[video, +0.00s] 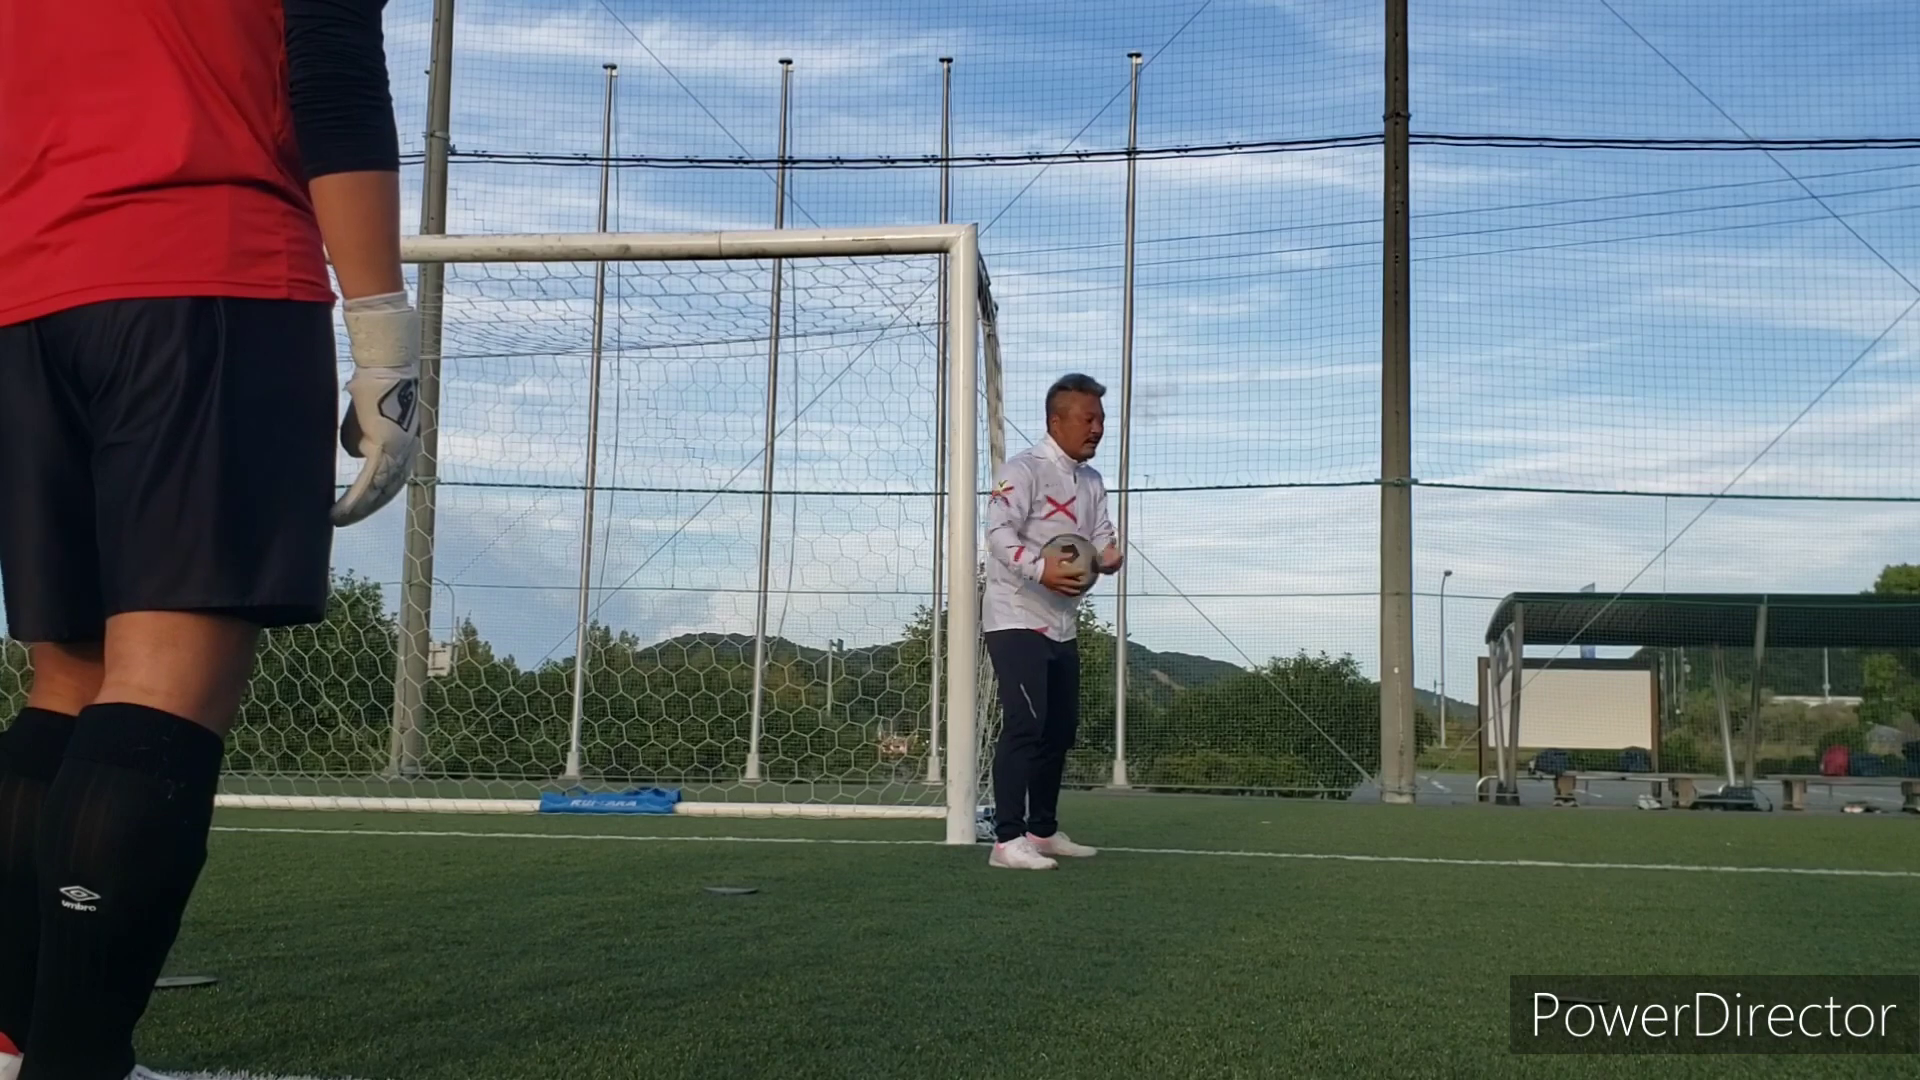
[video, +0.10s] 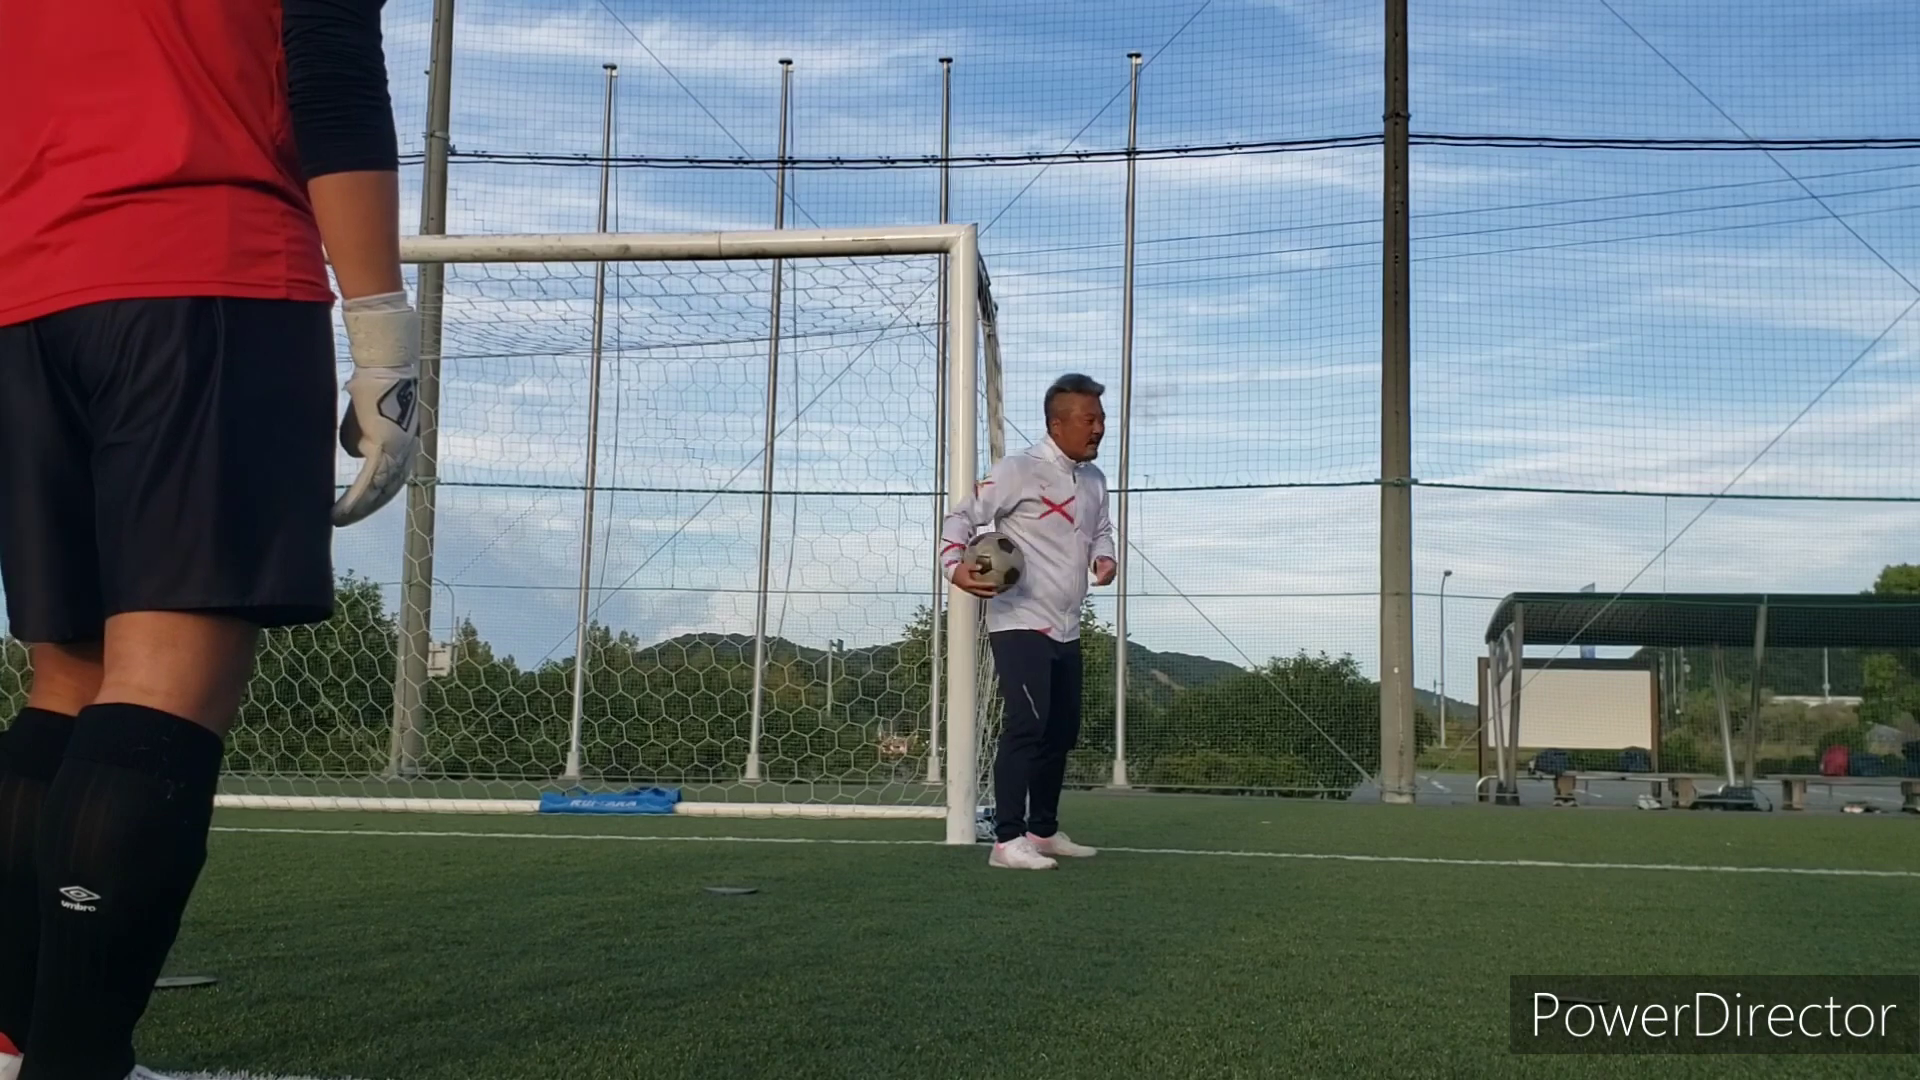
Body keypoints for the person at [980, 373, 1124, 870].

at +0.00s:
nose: (1098, 428)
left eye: (1101, 419)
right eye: (1088, 419)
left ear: (1099, 422)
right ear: (1055, 421)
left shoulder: (1092, 481)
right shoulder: (1023, 469)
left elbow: (1102, 538)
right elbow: (998, 535)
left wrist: (1106, 558)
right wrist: (1040, 567)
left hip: (1061, 620)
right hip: (1014, 616)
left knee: (1060, 726)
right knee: (1027, 721)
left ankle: (1041, 832)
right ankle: (1008, 841)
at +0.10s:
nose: (1098, 427)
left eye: (1100, 417)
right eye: (1087, 419)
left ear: (1098, 421)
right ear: (1055, 423)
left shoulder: (1093, 480)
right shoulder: (1019, 471)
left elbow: (1102, 532)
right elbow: (962, 517)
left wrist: (1103, 557)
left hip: (1064, 625)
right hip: (1017, 619)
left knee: (1060, 729)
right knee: (1026, 723)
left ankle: (1041, 832)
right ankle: (1007, 841)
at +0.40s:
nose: (1094, 415)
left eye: (1094, 406)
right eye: (1084, 408)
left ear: (1085, 412)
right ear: (1050, 416)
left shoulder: (1083, 469)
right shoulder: (1019, 468)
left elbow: (1083, 526)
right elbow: (986, 543)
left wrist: (1100, 563)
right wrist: (966, 606)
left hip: (1066, 624)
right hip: (1025, 621)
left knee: (1062, 727)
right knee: (1031, 725)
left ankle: (1045, 827)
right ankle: (1008, 840)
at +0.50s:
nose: (1085, 413)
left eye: (1086, 403)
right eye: (1074, 405)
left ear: (1082, 406)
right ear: (1042, 411)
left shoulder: (1075, 466)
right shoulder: (1021, 469)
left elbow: (1074, 530)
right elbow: (1044, 549)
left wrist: (1099, 560)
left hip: (1059, 618)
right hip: (1019, 617)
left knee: (1064, 721)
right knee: (1028, 723)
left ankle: (1048, 825)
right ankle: (1009, 840)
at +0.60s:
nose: (1078, 410)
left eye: (1081, 401)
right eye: (1065, 402)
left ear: (1083, 405)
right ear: (1035, 409)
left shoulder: (1068, 464)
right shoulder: (1023, 461)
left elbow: (1067, 527)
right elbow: (1079, 505)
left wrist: (1098, 554)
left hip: (1056, 616)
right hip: (1019, 613)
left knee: (1062, 719)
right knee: (1028, 722)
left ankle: (1047, 825)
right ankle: (1008, 840)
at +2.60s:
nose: (1053, 416)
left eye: (1057, 408)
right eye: (1041, 408)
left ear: (1061, 414)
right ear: (1013, 415)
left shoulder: (1056, 472)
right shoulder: (1002, 467)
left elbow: (1091, 529)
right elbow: (1028, 521)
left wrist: (1110, 490)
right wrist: (1077, 474)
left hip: (1060, 617)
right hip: (1021, 616)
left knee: (1062, 723)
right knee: (1030, 721)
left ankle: (1042, 830)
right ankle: (1008, 839)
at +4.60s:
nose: (1092, 417)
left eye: (1090, 408)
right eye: (1084, 409)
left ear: (1062, 415)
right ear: (1052, 415)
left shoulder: (1069, 477)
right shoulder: (1026, 464)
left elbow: (1080, 541)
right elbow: (1034, 528)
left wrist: (1125, 523)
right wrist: (1105, 507)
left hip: (1062, 621)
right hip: (1031, 619)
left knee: (1060, 728)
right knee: (1034, 725)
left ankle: (1043, 830)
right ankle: (1009, 839)